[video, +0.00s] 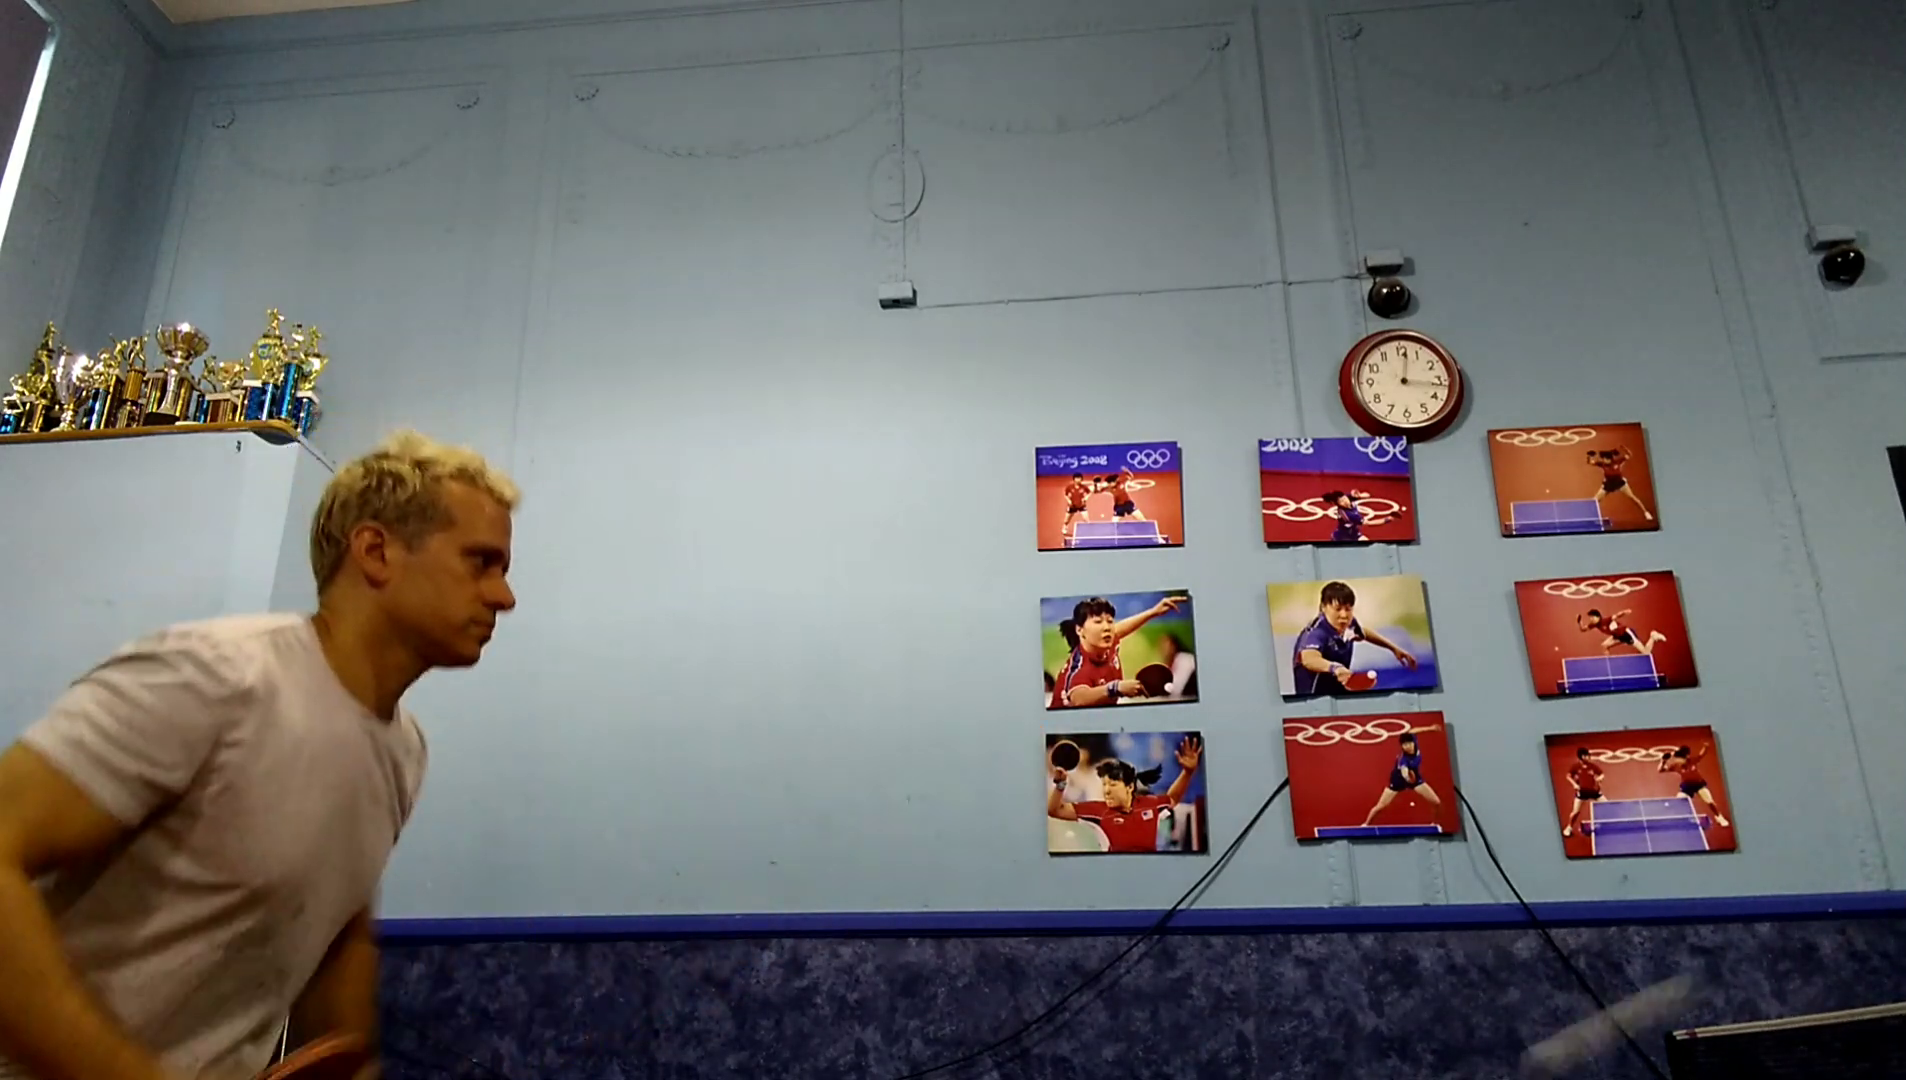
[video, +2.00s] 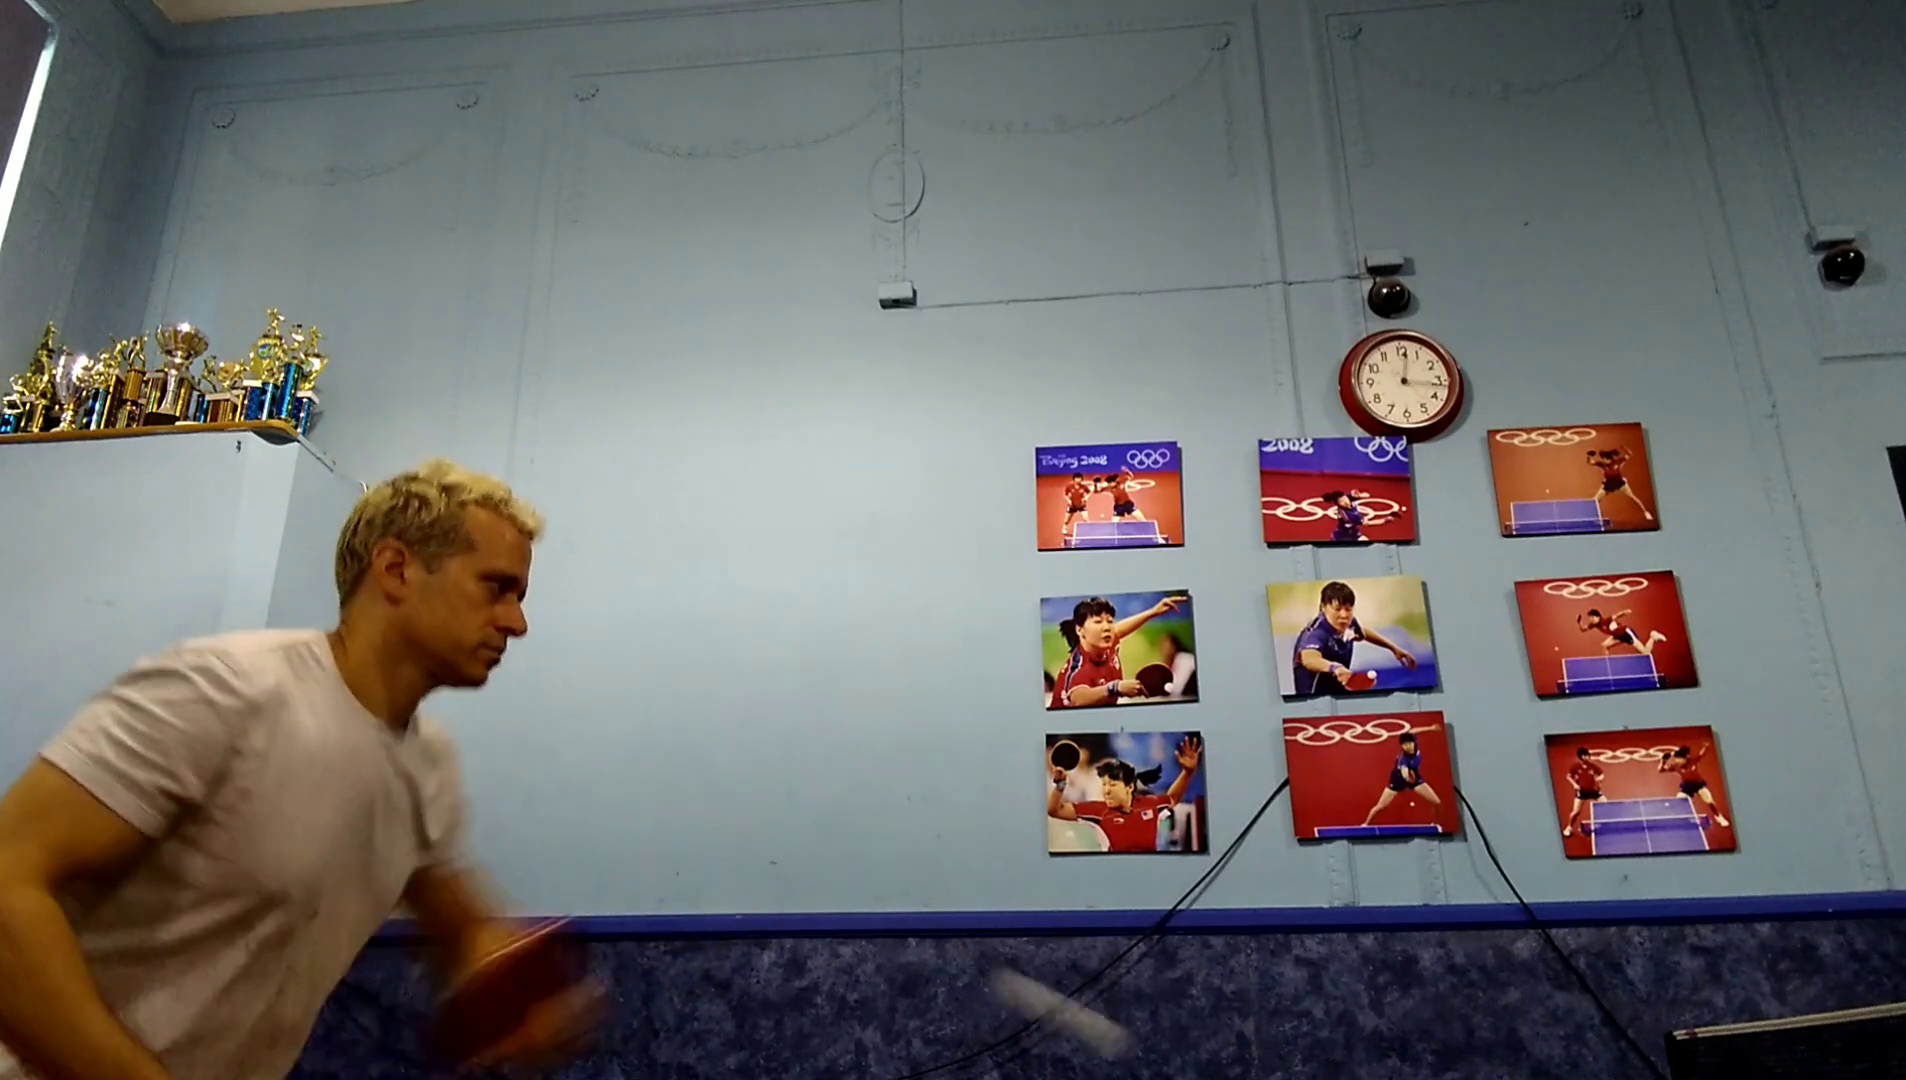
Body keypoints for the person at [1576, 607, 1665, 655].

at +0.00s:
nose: (1590, 620)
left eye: (1591, 618)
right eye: (1590, 619)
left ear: (1597, 617)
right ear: (1593, 618)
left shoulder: (1607, 621)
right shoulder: (1594, 625)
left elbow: (1617, 615)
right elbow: (1583, 630)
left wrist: (1625, 612)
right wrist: (1579, 623)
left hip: (1627, 634)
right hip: (1617, 637)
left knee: (1645, 652)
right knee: (1604, 645)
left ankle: (1653, 636)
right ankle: (1609, 667)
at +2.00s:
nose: (1590, 620)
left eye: (1591, 618)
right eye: (1590, 619)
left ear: (1597, 617)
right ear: (1593, 618)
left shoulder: (1607, 620)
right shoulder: (1594, 624)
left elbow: (1617, 615)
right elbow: (1583, 630)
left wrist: (1626, 612)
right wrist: (1579, 623)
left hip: (1627, 634)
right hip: (1617, 636)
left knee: (1646, 652)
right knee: (1604, 645)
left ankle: (1653, 636)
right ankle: (1608, 667)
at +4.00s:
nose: (1590, 620)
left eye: (1591, 618)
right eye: (1590, 619)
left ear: (1597, 617)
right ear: (1593, 618)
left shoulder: (1607, 620)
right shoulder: (1594, 624)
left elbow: (1617, 615)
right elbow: (1583, 630)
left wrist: (1625, 612)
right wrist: (1579, 623)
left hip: (1627, 634)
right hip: (1617, 637)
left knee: (1645, 652)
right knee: (1604, 645)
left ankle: (1653, 636)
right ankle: (1608, 667)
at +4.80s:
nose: (1590, 620)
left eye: (1591, 618)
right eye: (1590, 618)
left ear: (1597, 617)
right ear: (1593, 618)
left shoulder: (1607, 620)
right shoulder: (1594, 624)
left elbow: (1617, 615)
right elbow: (1583, 630)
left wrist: (1625, 612)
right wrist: (1579, 623)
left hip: (1627, 634)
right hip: (1617, 636)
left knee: (1645, 652)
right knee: (1604, 645)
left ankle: (1653, 636)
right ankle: (1608, 667)